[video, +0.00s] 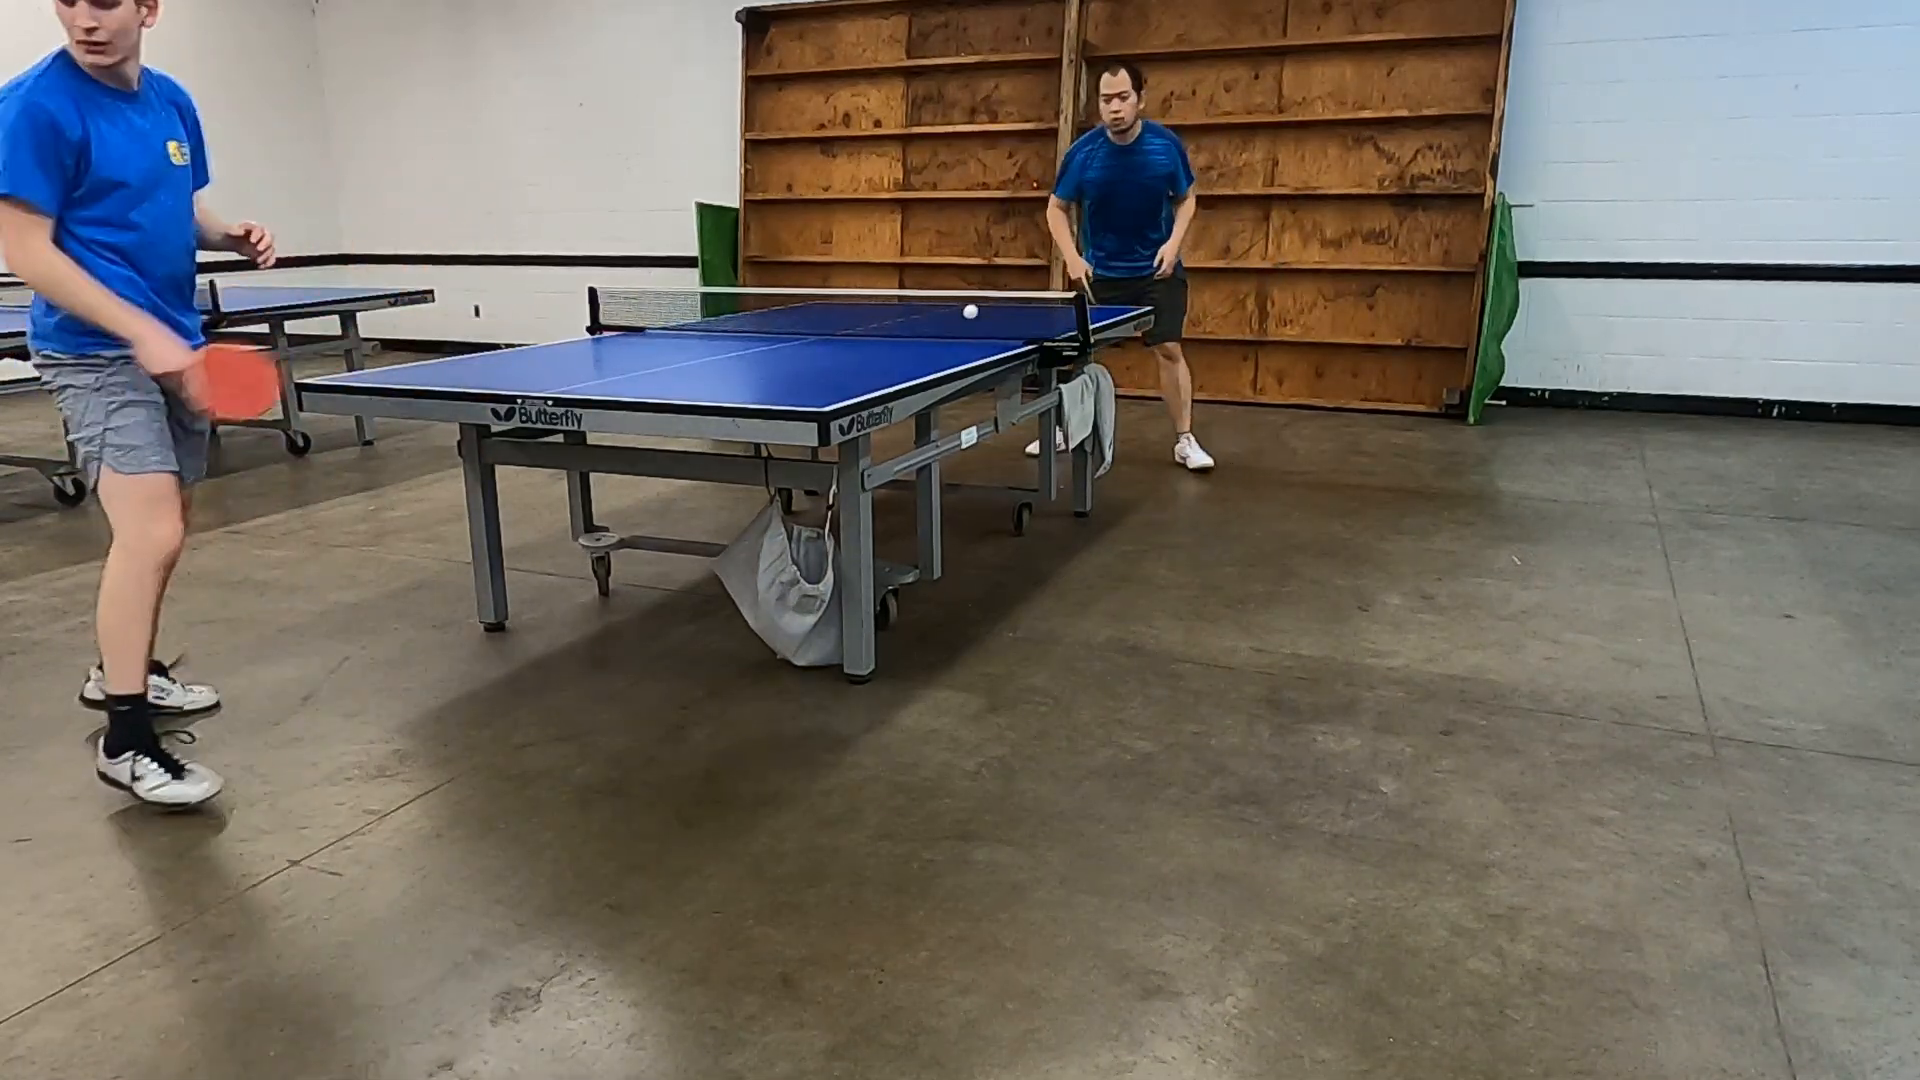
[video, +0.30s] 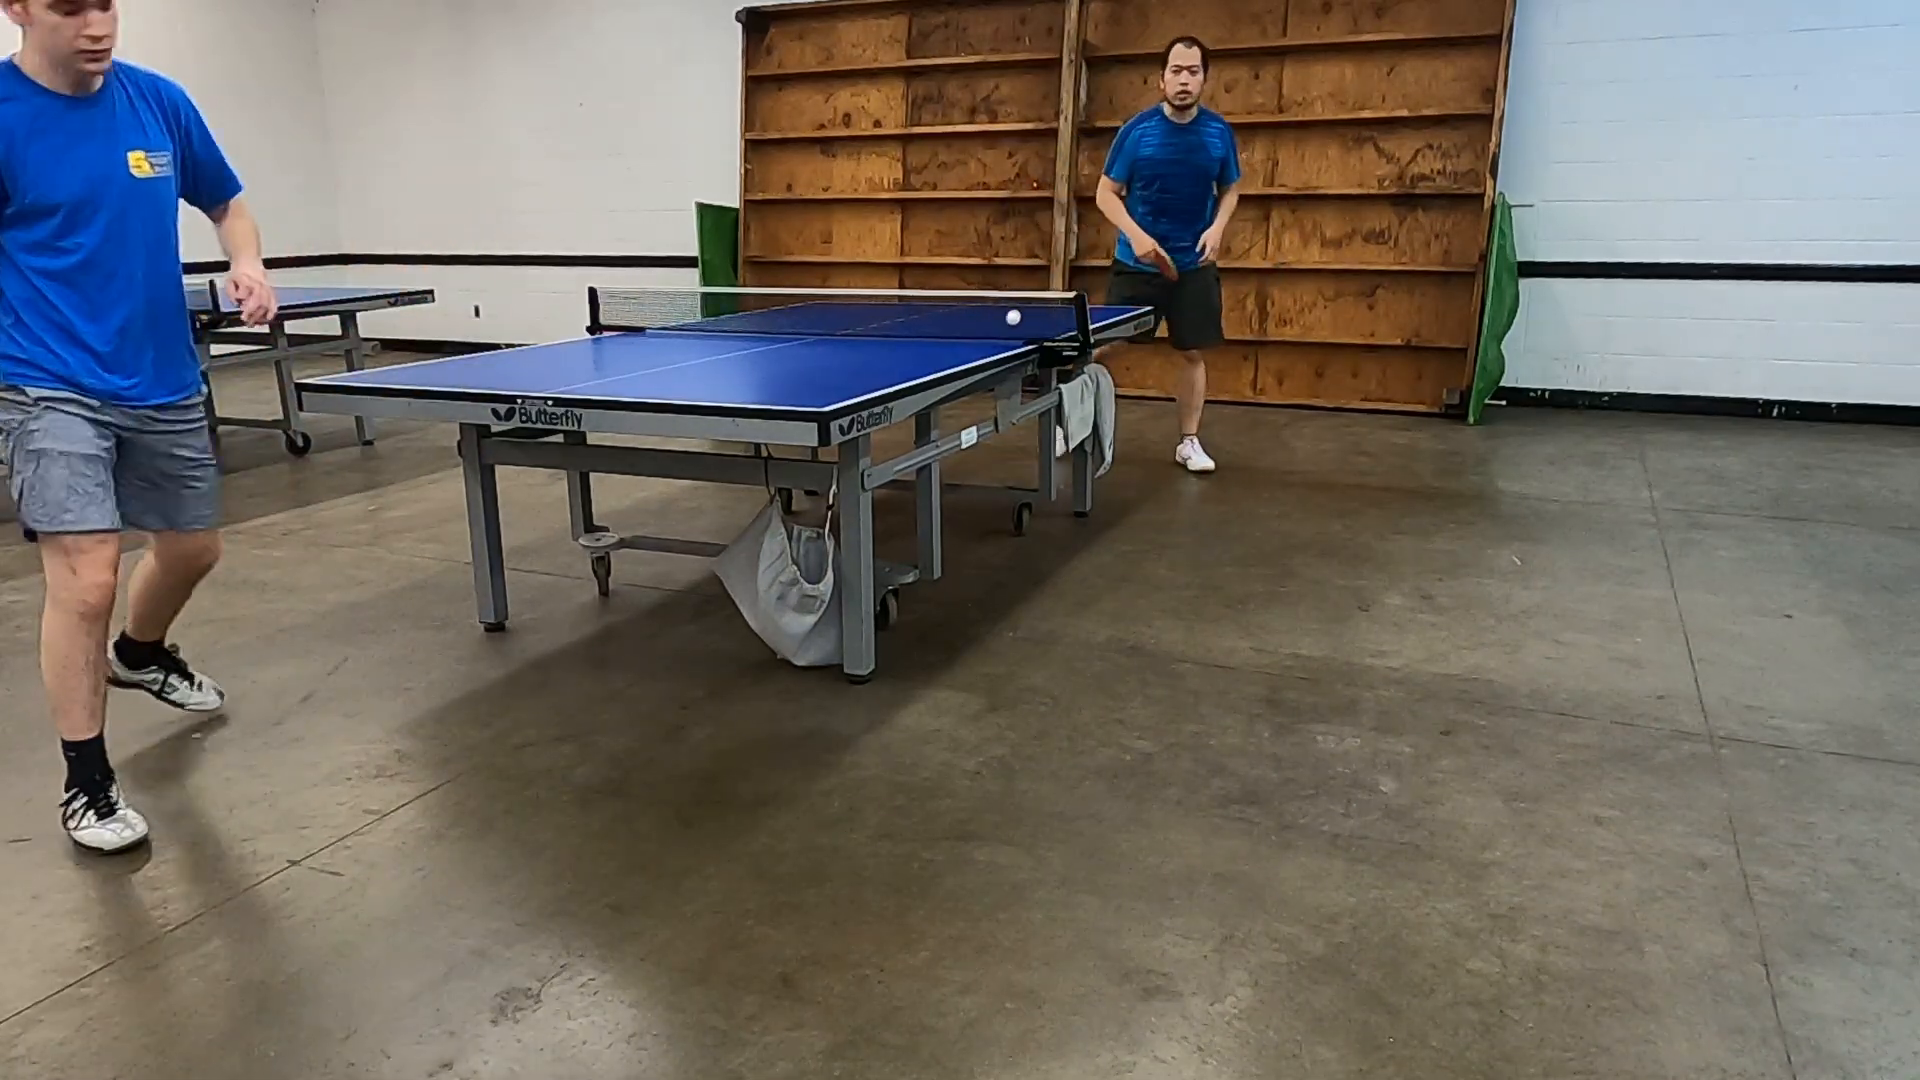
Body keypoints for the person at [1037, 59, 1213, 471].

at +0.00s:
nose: (1114, 107)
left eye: (1122, 98)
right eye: (1106, 99)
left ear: (1139, 100)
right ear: (1098, 104)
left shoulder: (1167, 146)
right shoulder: (1082, 153)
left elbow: (1186, 199)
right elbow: (1055, 208)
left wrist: (1173, 244)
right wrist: (1072, 257)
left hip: (1157, 272)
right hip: (1099, 276)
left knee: (1169, 349)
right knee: (1070, 352)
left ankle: (1184, 438)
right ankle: (1065, 428)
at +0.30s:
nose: (1184, 80)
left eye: (1192, 72)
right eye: (1176, 71)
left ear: (1205, 78)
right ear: (1162, 78)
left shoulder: (1219, 132)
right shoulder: (1135, 130)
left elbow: (1231, 188)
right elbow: (1106, 194)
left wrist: (1218, 227)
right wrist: (1136, 235)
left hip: (1193, 267)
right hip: (1135, 265)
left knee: (1194, 355)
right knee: (1104, 350)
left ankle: (1189, 441)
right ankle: (1071, 424)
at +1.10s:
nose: (1204, 59)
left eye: (1211, 49)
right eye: (1193, 52)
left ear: (1225, 56)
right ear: (1179, 64)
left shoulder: (1250, 113)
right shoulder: (1162, 125)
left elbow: (1279, 172)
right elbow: (1130, 197)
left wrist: (1252, 214)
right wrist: (1166, 245)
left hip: (1245, 266)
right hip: (1186, 268)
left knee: (1251, 365)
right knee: (1195, 369)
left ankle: (1217, 424)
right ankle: (1210, 466)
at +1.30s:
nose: (1204, 54)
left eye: (1213, 45)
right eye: (1193, 47)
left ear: (1226, 52)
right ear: (1179, 60)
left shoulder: (1251, 110)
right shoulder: (1159, 124)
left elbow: (1278, 173)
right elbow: (1129, 195)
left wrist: (1259, 211)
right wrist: (1138, 245)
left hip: (1248, 268)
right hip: (1184, 273)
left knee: (1258, 369)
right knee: (1195, 374)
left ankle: (1250, 462)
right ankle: (1210, 466)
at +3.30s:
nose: (1231, 80)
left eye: (1245, 69)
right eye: (1221, 67)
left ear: (1262, 75)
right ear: (1203, 69)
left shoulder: (1281, 146)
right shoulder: (1184, 122)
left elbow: (1285, 251)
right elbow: (1148, 205)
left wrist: (1269, 338)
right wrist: (1113, 281)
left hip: (1251, 288)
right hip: (1192, 277)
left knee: (1235, 399)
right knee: (1195, 366)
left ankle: (1225, 506)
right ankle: (1232, 442)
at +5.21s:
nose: (1241, 58)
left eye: (1252, 52)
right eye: (1234, 51)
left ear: (1268, 66)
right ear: (1223, 62)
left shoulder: (1278, 131)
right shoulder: (1193, 116)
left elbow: (1286, 199)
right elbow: (1154, 177)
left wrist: (1263, 243)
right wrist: (1174, 231)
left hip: (1238, 264)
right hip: (1182, 257)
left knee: (1230, 360)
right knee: (1169, 353)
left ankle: (1223, 446)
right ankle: (1149, 440)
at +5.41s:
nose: (1220, 58)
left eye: (1230, 52)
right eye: (1213, 53)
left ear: (1247, 67)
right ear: (1202, 66)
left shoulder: (1261, 129)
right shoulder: (1177, 120)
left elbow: (1276, 194)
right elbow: (1141, 182)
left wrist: (1238, 222)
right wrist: (1179, 219)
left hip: (1224, 264)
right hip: (1166, 257)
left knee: (1223, 358)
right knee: (1134, 344)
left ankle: (1223, 446)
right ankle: (1090, 422)